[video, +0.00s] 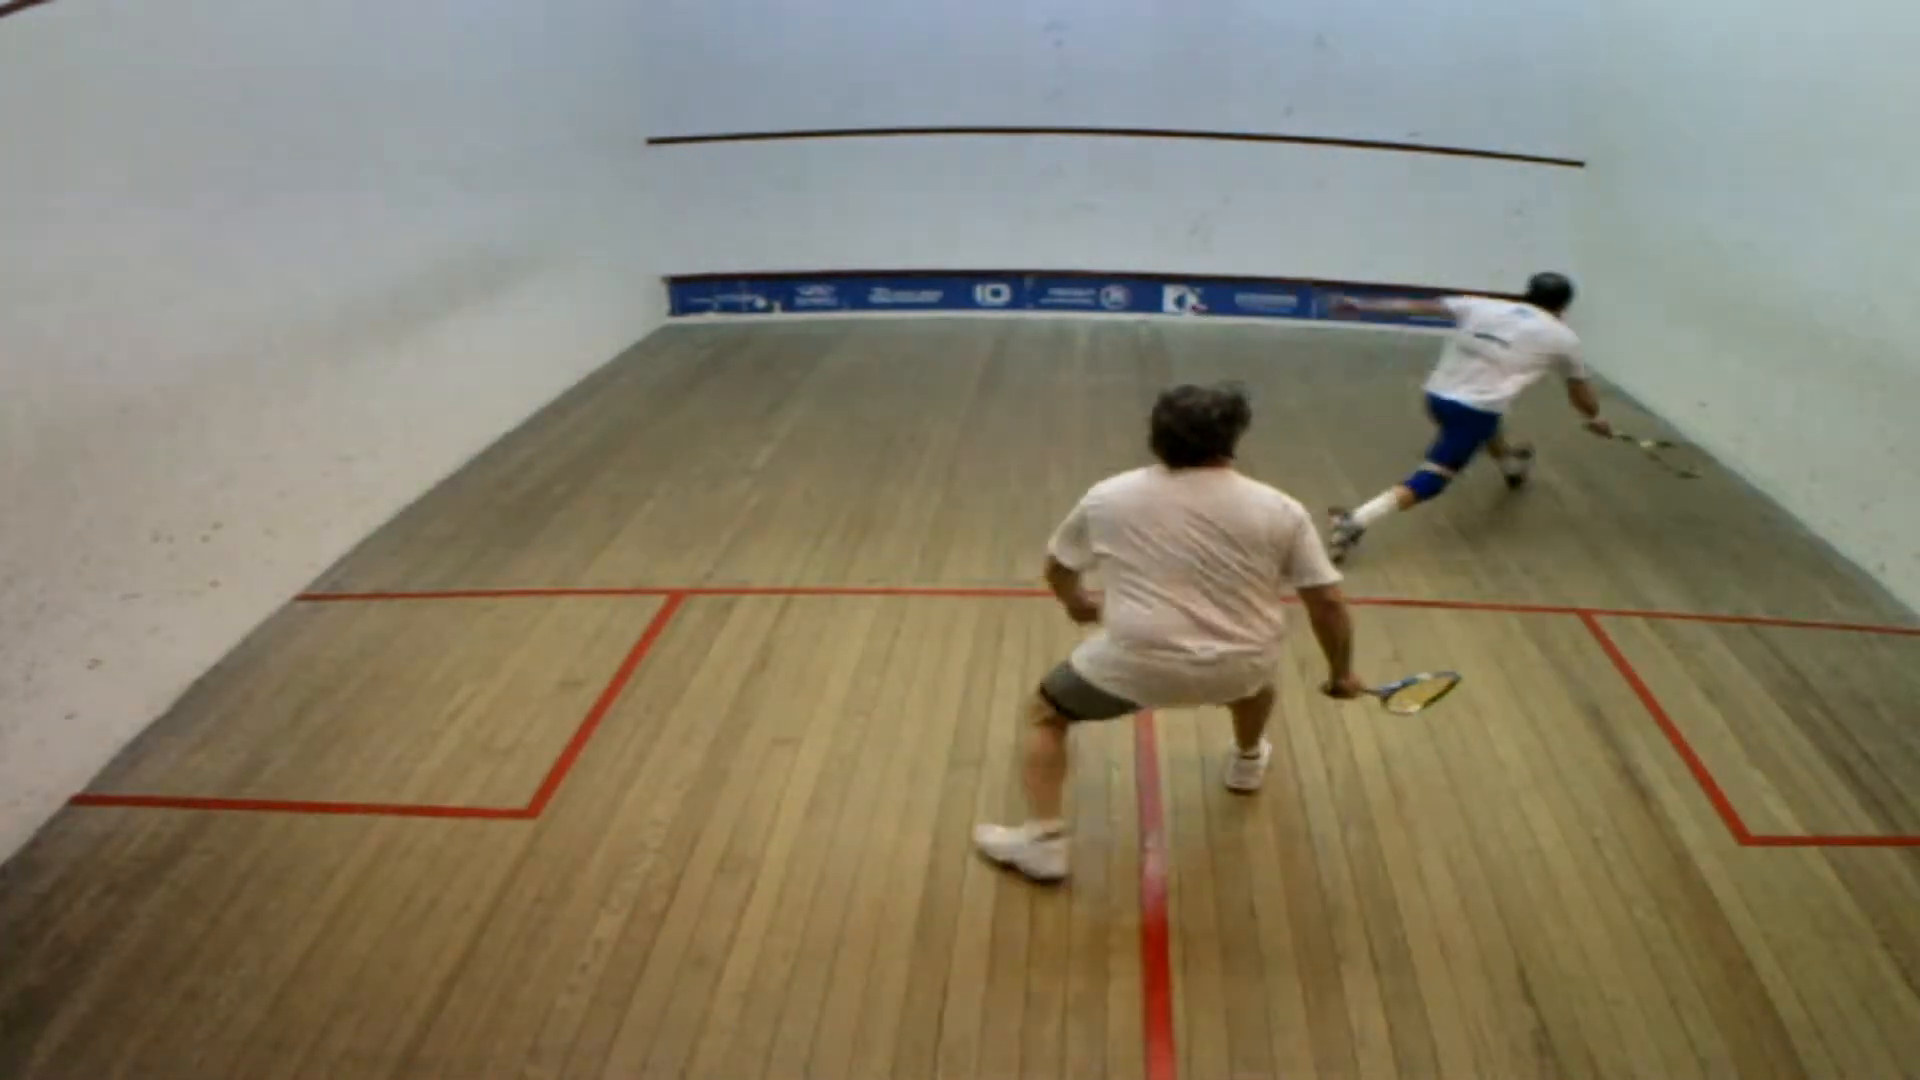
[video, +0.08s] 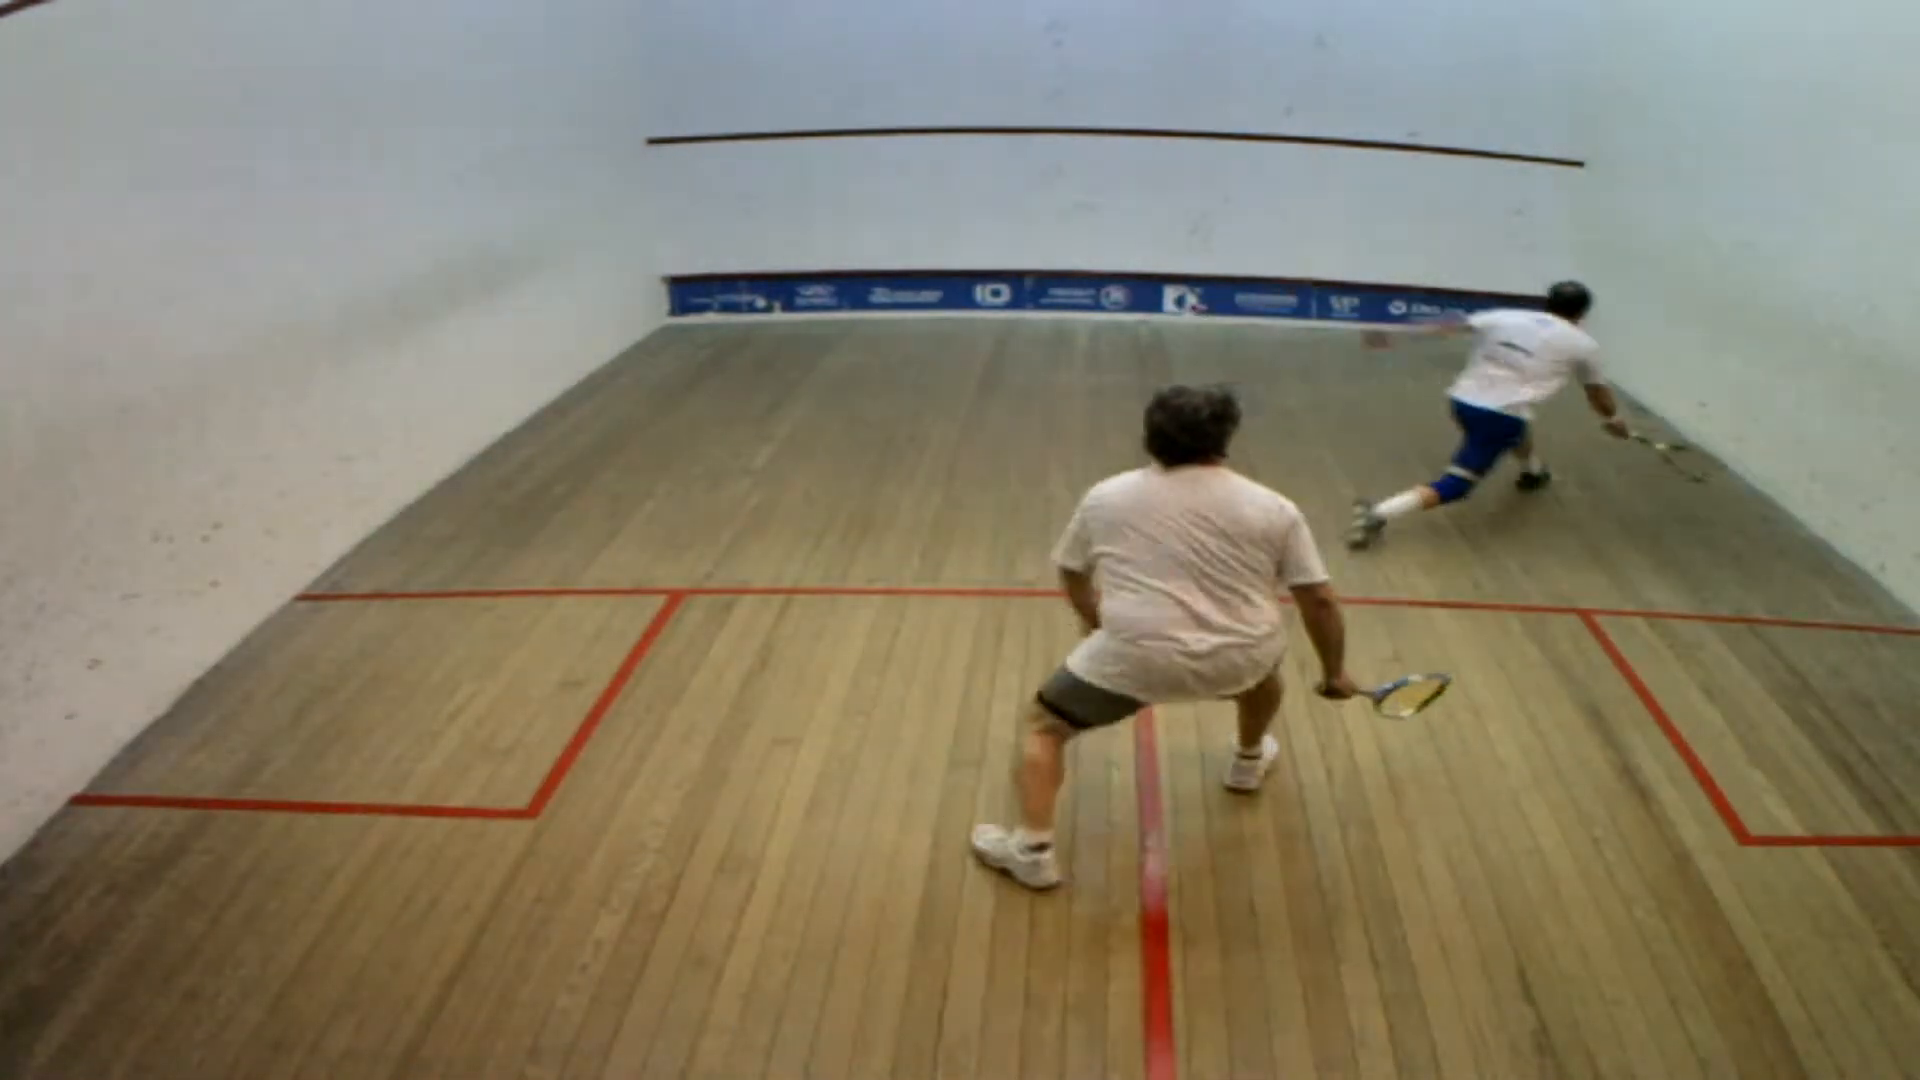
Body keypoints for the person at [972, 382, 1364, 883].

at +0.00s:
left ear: (1159, 438)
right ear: (1231, 440)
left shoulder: (1112, 498)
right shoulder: (1277, 511)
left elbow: (1059, 568)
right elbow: (1327, 604)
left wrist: (1078, 605)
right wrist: (1341, 673)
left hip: (1136, 665)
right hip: (1239, 670)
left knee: (1045, 712)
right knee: (1256, 678)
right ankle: (1248, 760)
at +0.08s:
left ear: (1152, 442)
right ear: (1224, 443)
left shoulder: (1108, 499)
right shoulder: (1271, 510)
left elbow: (1073, 573)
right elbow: (1318, 602)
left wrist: (1100, 629)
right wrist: (1335, 674)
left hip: (1134, 657)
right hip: (1238, 661)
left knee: (1045, 725)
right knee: (1264, 664)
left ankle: (1033, 846)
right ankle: (1250, 758)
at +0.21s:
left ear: (1208, 416)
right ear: (1273, 423)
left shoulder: (1164, 463)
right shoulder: (1304, 484)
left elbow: (1152, 535)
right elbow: (1354, 574)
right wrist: (1369, 646)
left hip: (1148, 609)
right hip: (1240, 620)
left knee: (1081, 709)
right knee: (1260, 673)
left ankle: (1043, 826)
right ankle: (1203, 763)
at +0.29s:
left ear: (1264, 396)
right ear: (1324, 408)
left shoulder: (1214, 438)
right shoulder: (1344, 468)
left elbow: (1157, 495)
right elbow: (1383, 556)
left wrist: (1168, 552)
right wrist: (1382, 605)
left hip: (1166, 580)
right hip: (1253, 593)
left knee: (1119, 655)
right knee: (1268, 672)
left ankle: (1092, 742)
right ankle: (1202, 760)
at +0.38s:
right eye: (1345, 394)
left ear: (1285, 390)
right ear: (1344, 399)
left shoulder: (1232, 427)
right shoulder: (1362, 452)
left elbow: (1163, 477)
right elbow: (1402, 535)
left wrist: (1110, 532)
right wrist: (1384, 562)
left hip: (1185, 555)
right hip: (1266, 569)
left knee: (1163, 622)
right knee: (1273, 669)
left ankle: (1132, 695)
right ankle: (1201, 758)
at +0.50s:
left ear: (1307, 353)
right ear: (1362, 362)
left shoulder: (1274, 390)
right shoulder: (1392, 401)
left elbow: (1199, 425)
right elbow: (1460, 451)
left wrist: (1135, 462)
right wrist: (1441, 495)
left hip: (1254, 509)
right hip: (1325, 530)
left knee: (1237, 562)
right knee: (1289, 619)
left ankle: (1214, 639)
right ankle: (1225, 685)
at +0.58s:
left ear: (1317, 346)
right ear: (1370, 348)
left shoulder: (1288, 381)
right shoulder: (1398, 388)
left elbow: (1232, 432)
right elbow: (1459, 438)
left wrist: (1219, 456)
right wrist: (1458, 488)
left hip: (1280, 491)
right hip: (1354, 509)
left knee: (1246, 550)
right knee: (1321, 584)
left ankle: (1218, 633)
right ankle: (1265, 621)